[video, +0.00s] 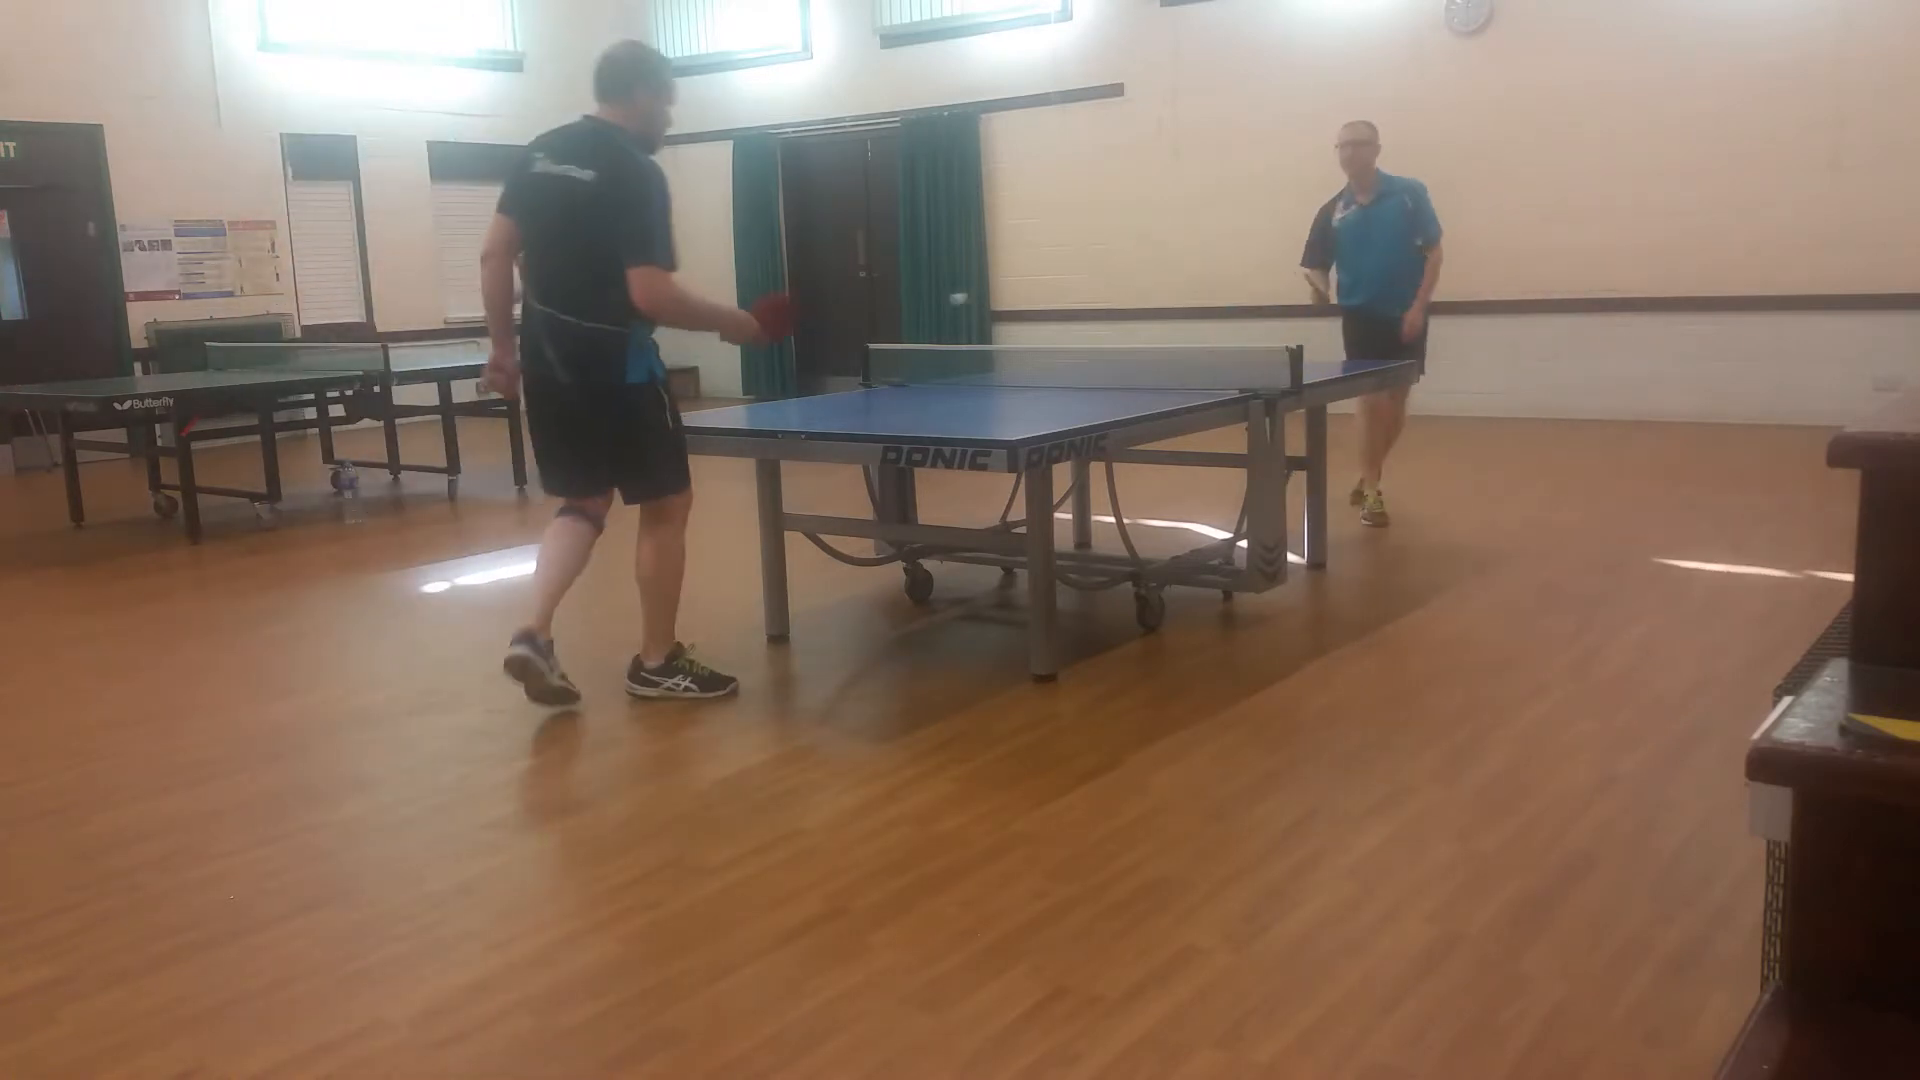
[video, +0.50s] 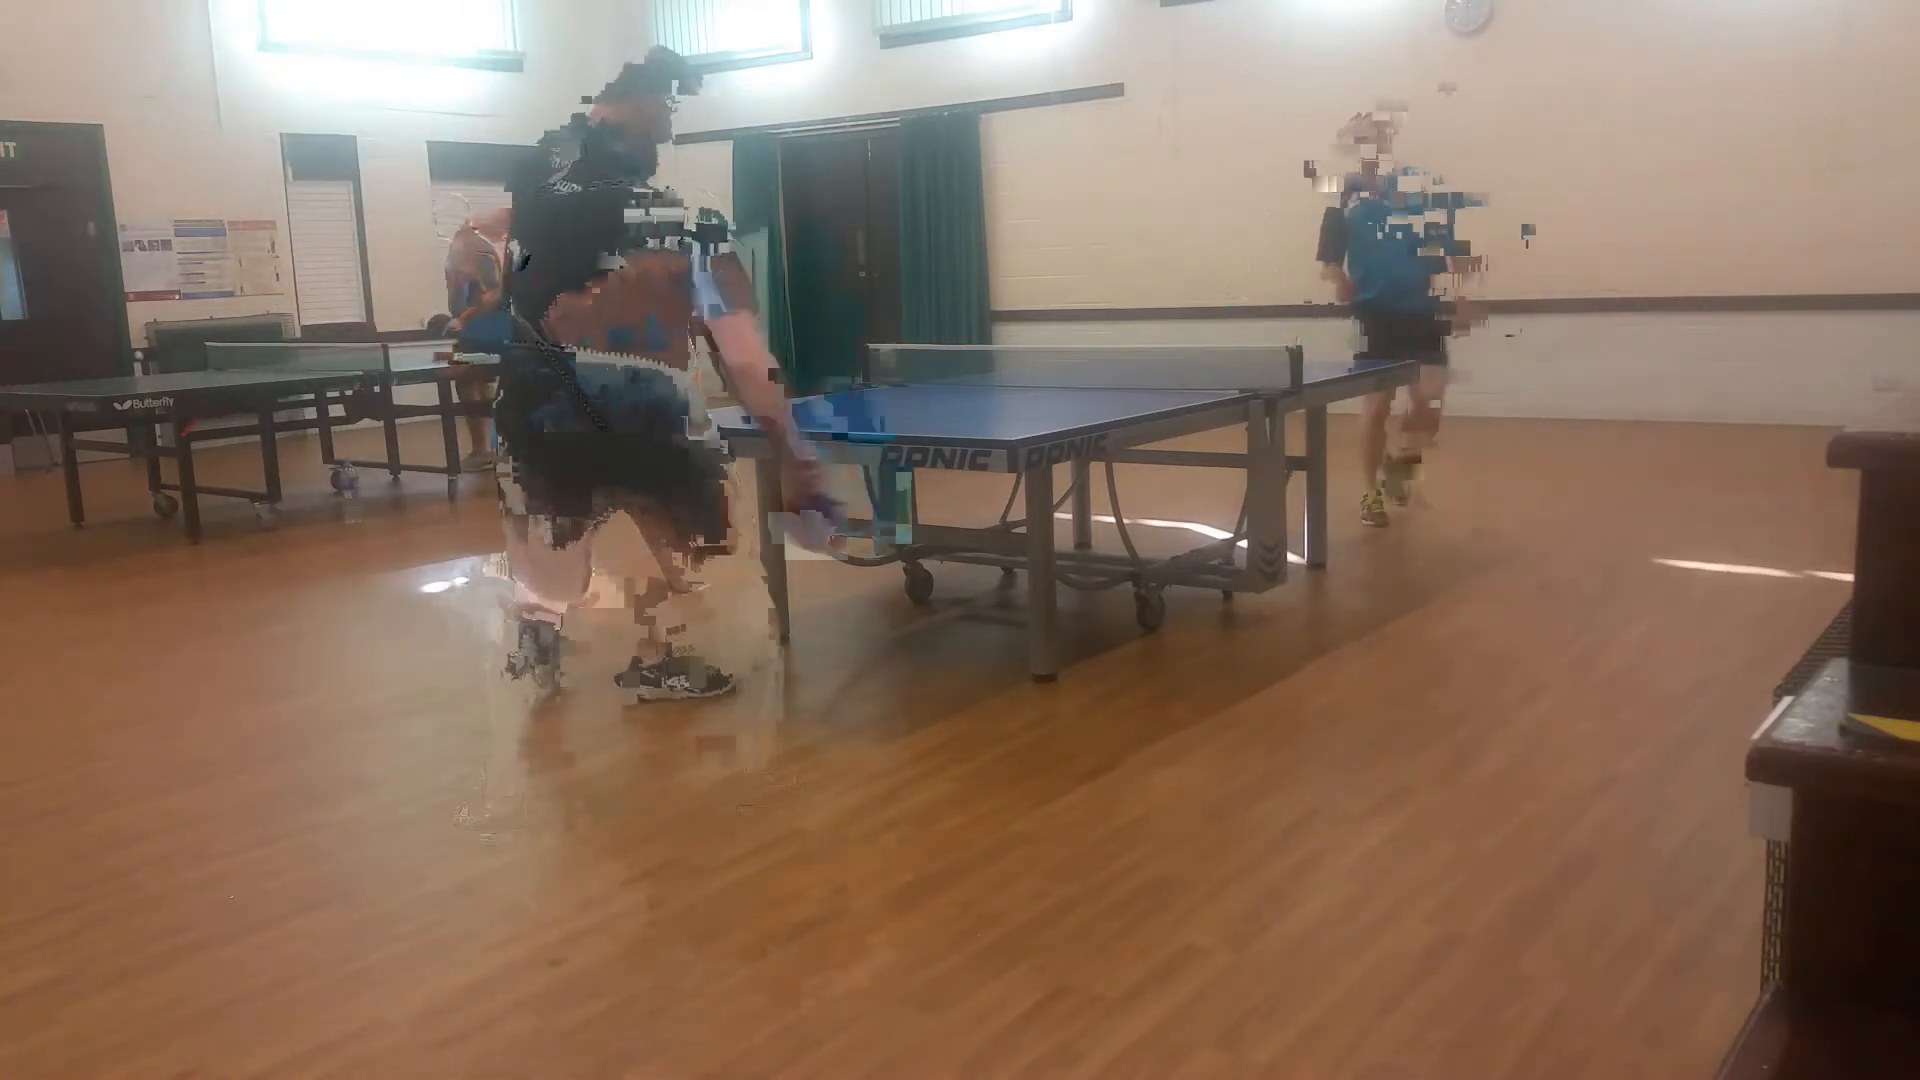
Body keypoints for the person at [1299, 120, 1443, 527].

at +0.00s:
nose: (1351, 153)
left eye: (1360, 145)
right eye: (1345, 146)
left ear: (1376, 149)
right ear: (1336, 153)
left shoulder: (1409, 193)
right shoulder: (1331, 211)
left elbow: (1434, 251)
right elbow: (1314, 267)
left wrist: (1419, 306)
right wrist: (1327, 307)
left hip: (1405, 316)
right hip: (1358, 319)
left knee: (1394, 409)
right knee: (1371, 404)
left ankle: (1364, 482)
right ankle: (1372, 491)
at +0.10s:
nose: (1355, 150)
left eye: (1363, 142)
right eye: (1349, 144)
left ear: (1380, 144)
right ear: (1341, 151)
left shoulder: (1417, 186)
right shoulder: (1338, 208)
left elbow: (1443, 246)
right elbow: (1324, 267)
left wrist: (1444, 305)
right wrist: (1346, 306)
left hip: (1415, 316)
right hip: (1367, 318)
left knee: (1413, 412)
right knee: (1376, 407)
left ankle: (1378, 454)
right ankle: (1373, 493)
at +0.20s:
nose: (1361, 146)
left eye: (1369, 137)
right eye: (1354, 139)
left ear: (1388, 139)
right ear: (1348, 145)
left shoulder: (1424, 183)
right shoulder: (1343, 203)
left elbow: (1452, 240)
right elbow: (1331, 265)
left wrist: (1461, 300)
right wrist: (1349, 292)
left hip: (1424, 313)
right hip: (1374, 317)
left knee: (1428, 403)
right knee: (1377, 407)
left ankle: (1395, 456)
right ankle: (1371, 492)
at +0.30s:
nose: (1372, 152)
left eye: (1379, 142)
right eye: (1363, 144)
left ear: (1393, 143)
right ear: (1352, 148)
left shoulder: (1425, 189)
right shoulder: (1346, 199)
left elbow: (1455, 249)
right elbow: (1331, 264)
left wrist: (1460, 300)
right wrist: (1346, 286)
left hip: (1424, 315)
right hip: (1376, 316)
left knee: (1428, 411)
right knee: (1377, 408)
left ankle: (1396, 447)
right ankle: (1371, 491)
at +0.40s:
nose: (1387, 177)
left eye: (1396, 171)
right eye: (1380, 170)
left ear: (1408, 176)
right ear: (1374, 175)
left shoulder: (1426, 206)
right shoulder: (1354, 210)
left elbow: (1449, 260)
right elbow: (1333, 267)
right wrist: (1347, 287)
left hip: (1424, 317)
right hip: (1379, 318)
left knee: (1427, 408)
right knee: (1378, 407)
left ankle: (1398, 454)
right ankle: (1371, 491)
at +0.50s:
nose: (1382, 170)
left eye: (1388, 162)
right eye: (1374, 163)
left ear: (1404, 170)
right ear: (1363, 171)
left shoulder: (1423, 208)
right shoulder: (1350, 215)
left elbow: (1453, 259)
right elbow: (1330, 269)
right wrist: (1346, 287)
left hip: (1421, 317)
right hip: (1377, 317)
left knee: (1428, 410)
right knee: (1377, 408)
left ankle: (1399, 457)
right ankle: (1371, 490)